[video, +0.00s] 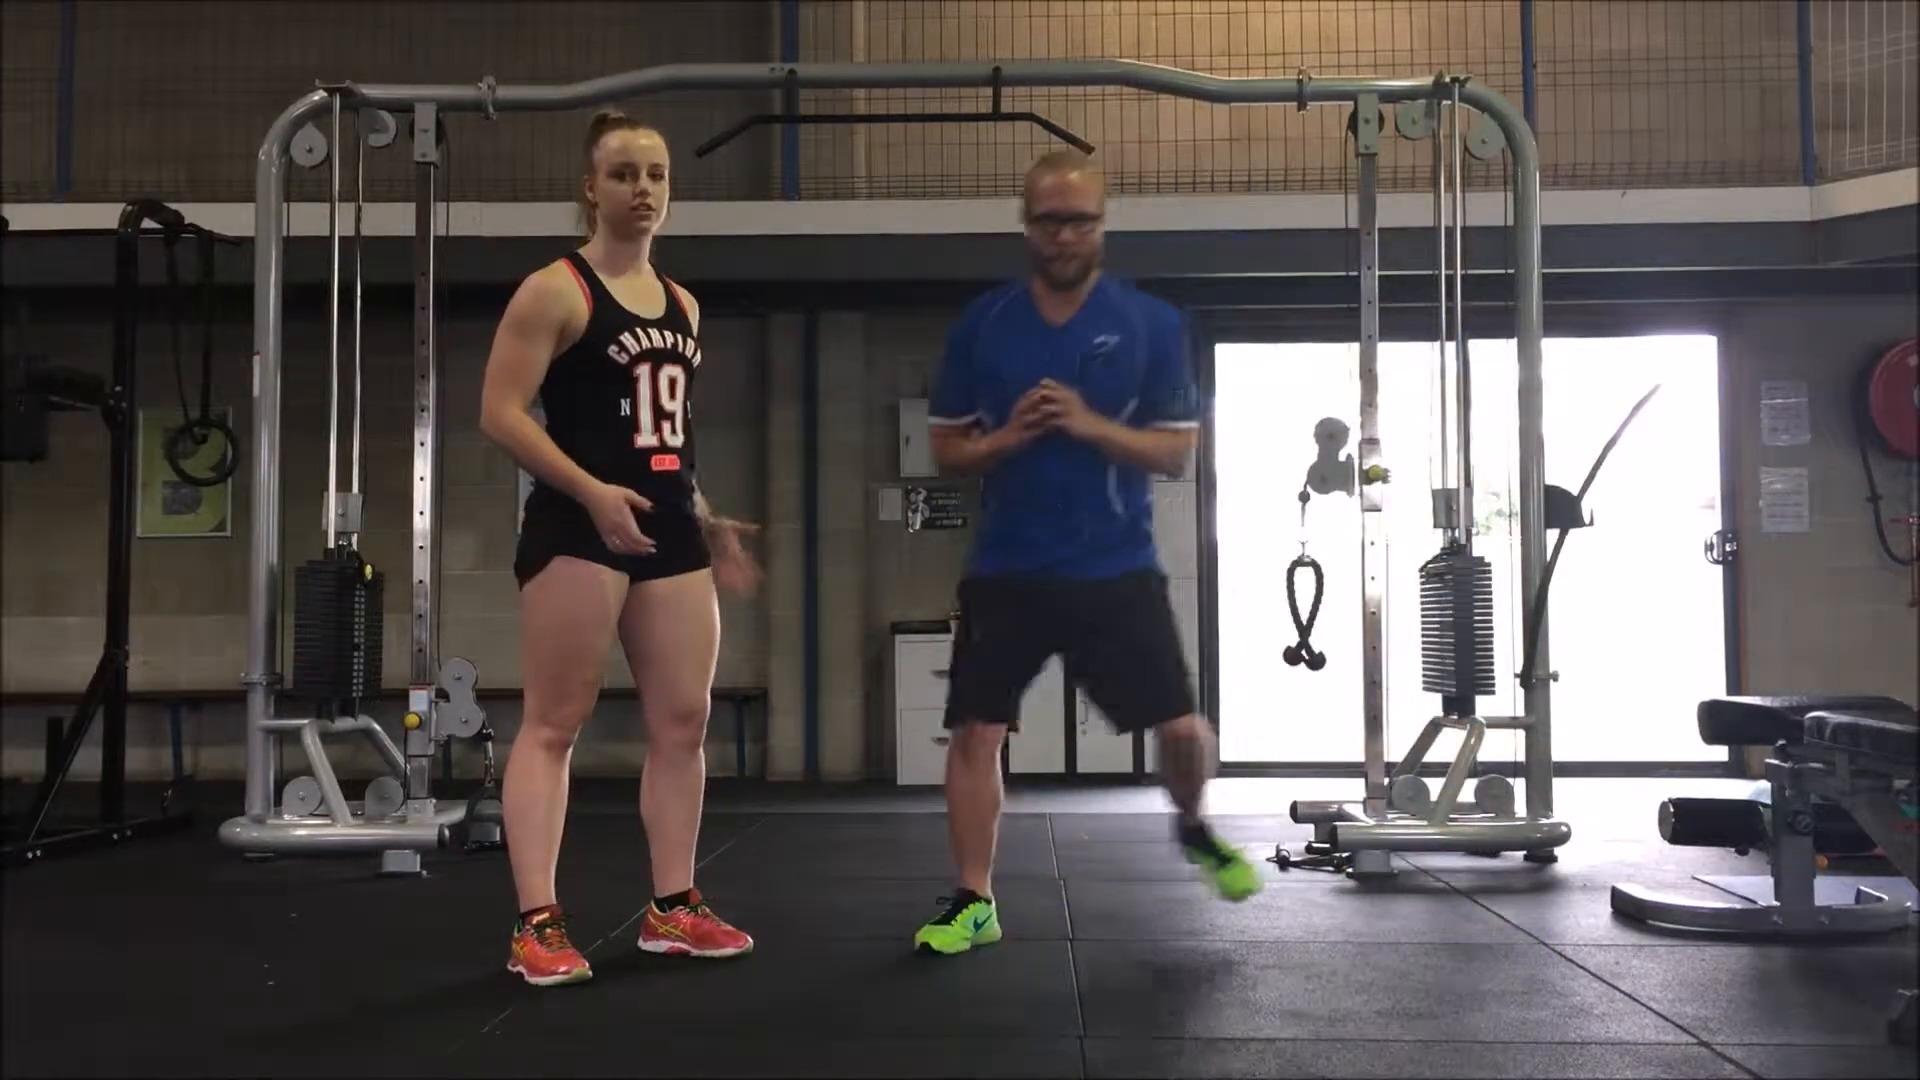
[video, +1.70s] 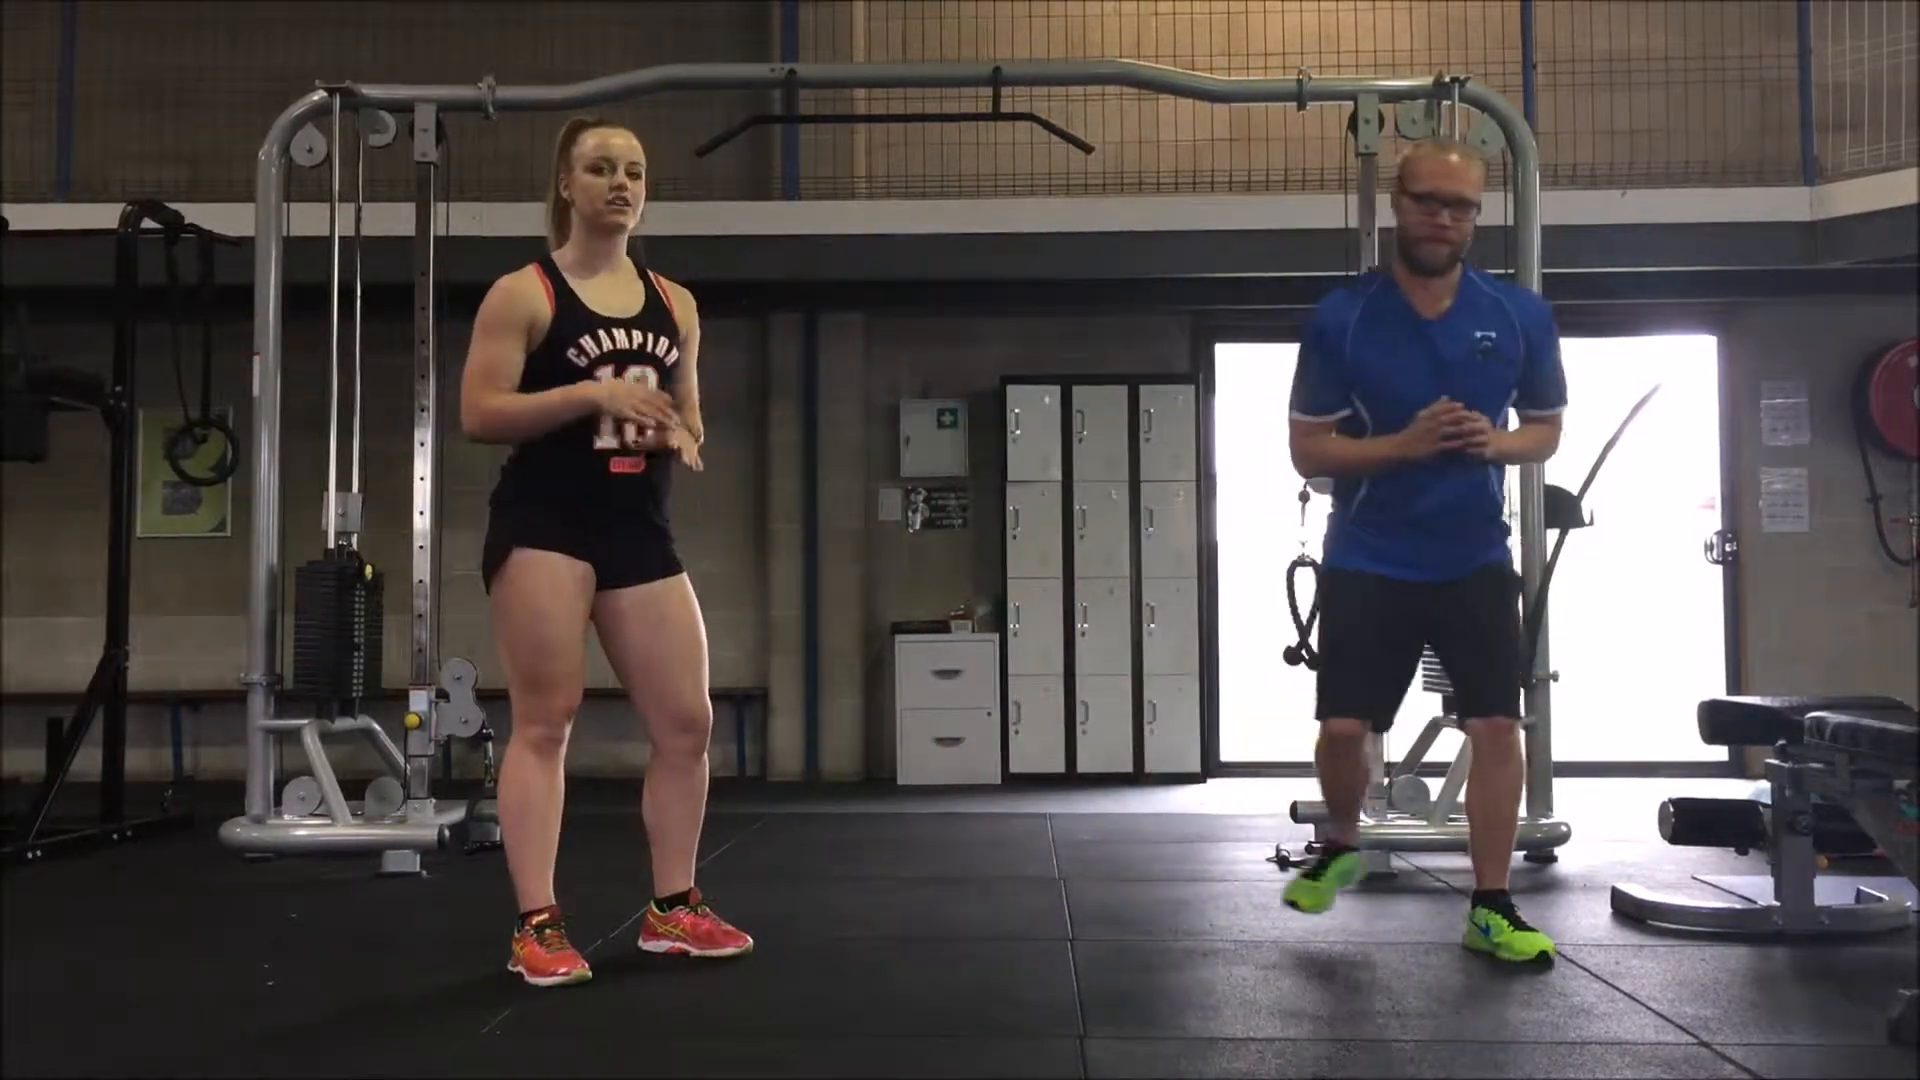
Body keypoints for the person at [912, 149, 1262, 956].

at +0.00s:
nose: (1064, 235)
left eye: (1079, 221)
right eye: (1048, 221)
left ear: (1104, 223)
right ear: (1024, 224)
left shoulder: (1151, 324)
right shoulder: (982, 324)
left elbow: (1173, 451)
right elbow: (947, 452)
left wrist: (1088, 423)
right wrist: (1006, 437)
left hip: (1116, 570)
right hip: (1006, 572)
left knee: (1182, 726)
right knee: (974, 732)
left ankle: (1193, 826)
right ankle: (973, 898)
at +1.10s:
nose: (1121, 251)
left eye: (1133, 237)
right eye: (1105, 236)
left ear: (1146, 240)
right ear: (1067, 239)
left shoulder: (1186, 331)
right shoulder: (1019, 350)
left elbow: (1226, 448)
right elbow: (985, 472)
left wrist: (1171, 436)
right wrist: (1066, 459)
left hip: (1168, 570)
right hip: (1058, 577)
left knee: (1256, 699)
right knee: (1001, 734)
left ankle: (1279, 861)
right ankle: (976, 899)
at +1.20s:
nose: (1198, 204)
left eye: (1208, 192)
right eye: (1182, 190)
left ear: (1221, 196)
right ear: (1147, 194)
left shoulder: (1262, 288)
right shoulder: (1097, 296)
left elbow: (1299, 410)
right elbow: (1065, 424)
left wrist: (1248, 391)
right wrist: (1165, 408)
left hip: (1237, 537)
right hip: (1127, 543)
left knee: (1333, 678)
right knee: (1055, 704)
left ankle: (1397, 853)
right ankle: (981, 874)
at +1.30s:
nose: (1272, 199)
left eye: (1287, 186)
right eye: (1257, 183)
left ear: (1305, 194)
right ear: (1226, 185)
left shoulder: (1351, 286)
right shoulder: (1174, 291)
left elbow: (1383, 409)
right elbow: (1145, 424)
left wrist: (1330, 396)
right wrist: (1244, 406)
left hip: (1320, 539)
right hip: (1205, 539)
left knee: (1405, 699)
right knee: (1116, 693)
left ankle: (1483, 880)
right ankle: (1033, 857)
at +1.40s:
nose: (1344, 220)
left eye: (1358, 206)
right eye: (1327, 204)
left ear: (1376, 212)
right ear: (1293, 206)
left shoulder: (1423, 314)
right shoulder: (1249, 323)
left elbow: (1458, 439)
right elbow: (1218, 457)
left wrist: (1400, 428)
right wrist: (1316, 436)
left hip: (1390, 567)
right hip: (1279, 565)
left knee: (1459, 721)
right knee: (1190, 707)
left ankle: (1490, 906)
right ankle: (1119, 852)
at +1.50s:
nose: (1393, 226)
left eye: (1409, 212)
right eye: (1377, 209)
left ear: (1429, 221)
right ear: (1344, 213)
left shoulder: (1474, 323)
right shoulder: (1295, 327)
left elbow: (1506, 441)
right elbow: (1271, 464)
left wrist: (1450, 444)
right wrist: (1362, 445)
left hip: (1436, 574)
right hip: (1323, 572)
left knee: (1485, 726)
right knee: (1259, 725)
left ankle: (1491, 907)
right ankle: (1226, 850)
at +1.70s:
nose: (1440, 219)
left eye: (1458, 207)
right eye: (1425, 202)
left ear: (1477, 218)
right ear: (1396, 205)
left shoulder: (1520, 313)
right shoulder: (1340, 316)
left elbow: (1544, 431)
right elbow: (1310, 451)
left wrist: (1497, 445)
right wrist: (1402, 443)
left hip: (1473, 561)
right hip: (1365, 561)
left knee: (1496, 725)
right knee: (1341, 727)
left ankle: (1491, 905)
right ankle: (1339, 843)